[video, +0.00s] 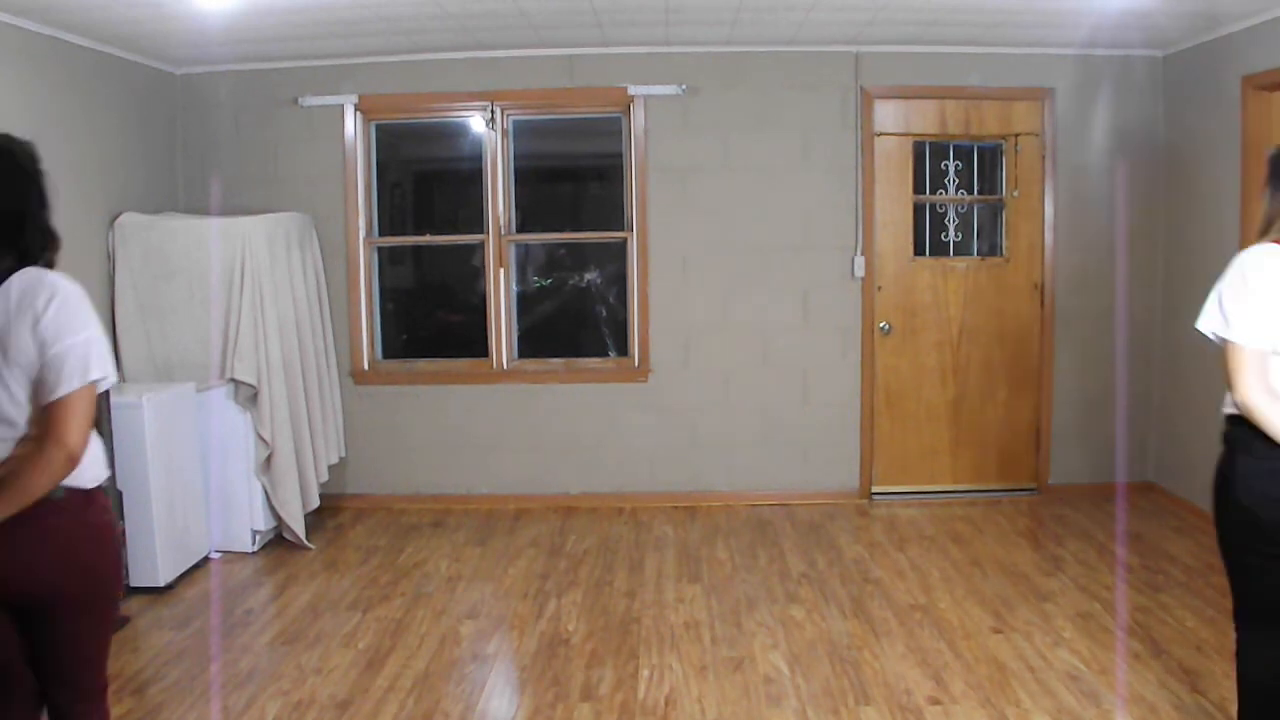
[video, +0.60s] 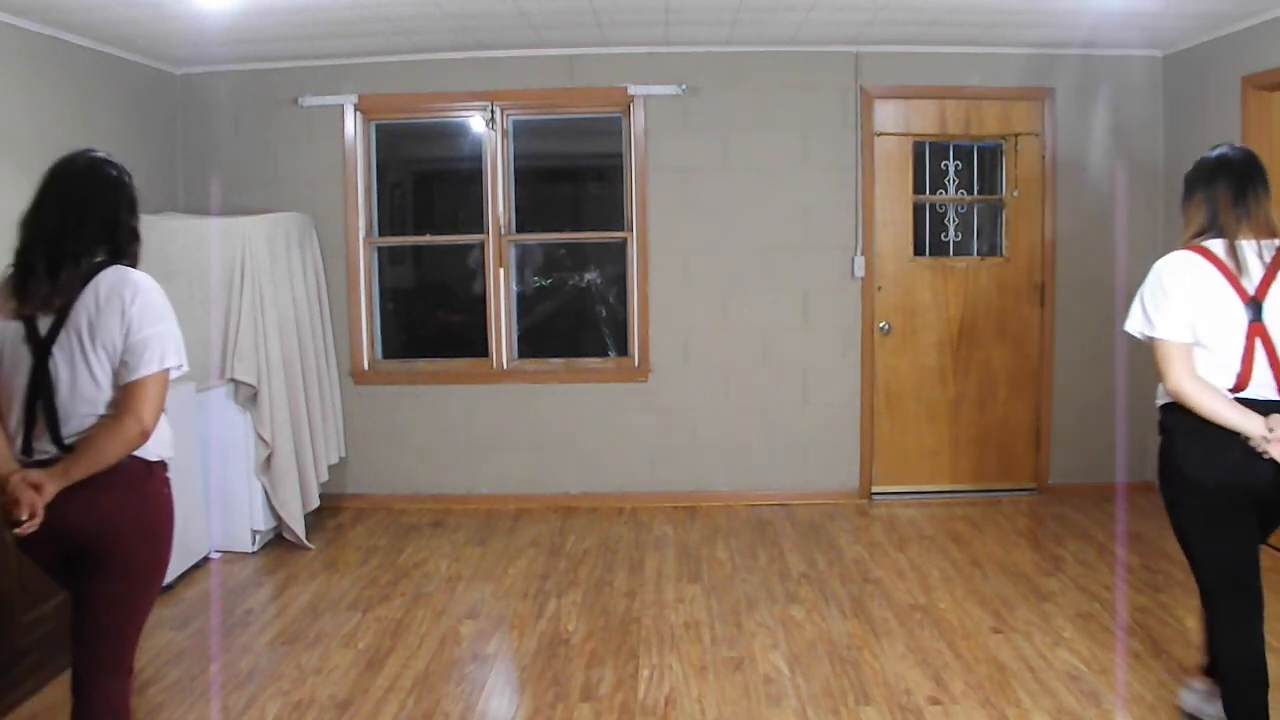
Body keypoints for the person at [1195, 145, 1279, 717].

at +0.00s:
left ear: (1269, 189)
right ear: (1276, 190)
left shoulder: (1256, 266)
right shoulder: (1256, 267)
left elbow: (1250, 389)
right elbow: (1251, 389)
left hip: (1255, 456)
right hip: (1258, 459)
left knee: (1261, 630)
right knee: (1262, 630)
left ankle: (1258, 706)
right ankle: (1257, 707)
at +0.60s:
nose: (1187, 209)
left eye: (1189, 199)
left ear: (1196, 200)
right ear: (1263, 197)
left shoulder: (1177, 270)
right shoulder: (1277, 259)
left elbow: (1179, 380)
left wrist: (1260, 428)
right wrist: (1267, 429)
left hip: (1205, 443)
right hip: (1272, 436)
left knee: (1232, 596)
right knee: (1230, 559)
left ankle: (1246, 708)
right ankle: (1215, 680)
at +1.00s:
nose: (1138, 216)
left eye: (1141, 206)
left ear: (1144, 209)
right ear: (1202, 209)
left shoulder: (1120, 268)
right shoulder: (1233, 274)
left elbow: (1107, 362)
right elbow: (1258, 364)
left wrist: (1169, 409)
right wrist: (1200, 408)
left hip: (1132, 423)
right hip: (1204, 423)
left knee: (1141, 553)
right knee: (1147, 539)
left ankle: (1201, 675)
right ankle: (1116, 639)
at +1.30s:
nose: (1103, 203)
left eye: (1106, 195)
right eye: (1105, 194)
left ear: (1113, 197)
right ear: (1165, 195)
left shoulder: (1093, 253)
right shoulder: (1198, 259)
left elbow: (1085, 344)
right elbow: (1218, 342)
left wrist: (1141, 391)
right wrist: (1165, 388)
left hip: (1100, 400)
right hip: (1169, 404)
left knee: (1063, 495)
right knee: (1133, 519)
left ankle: (1089, 597)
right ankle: (1118, 637)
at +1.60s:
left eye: (1082, 195)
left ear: (1079, 199)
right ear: (1132, 198)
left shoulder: (1061, 256)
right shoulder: (1164, 256)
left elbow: (1055, 339)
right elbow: (1187, 337)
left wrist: (1107, 382)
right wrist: (1132, 380)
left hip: (1075, 396)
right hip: (1144, 396)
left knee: (1049, 480)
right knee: (1124, 514)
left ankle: (1072, 581)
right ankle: (1116, 637)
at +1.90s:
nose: (1029, 222)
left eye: (1030, 214)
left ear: (1036, 216)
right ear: (1084, 213)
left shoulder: (1022, 268)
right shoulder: (1118, 268)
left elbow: (1018, 345)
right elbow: (1141, 342)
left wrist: (1071, 388)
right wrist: (1089, 382)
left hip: (1034, 398)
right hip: (1099, 402)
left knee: (1007, 482)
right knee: (1097, 518)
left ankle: (984, 564)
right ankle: (1111, 634)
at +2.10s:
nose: (980, 223)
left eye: (981, 215)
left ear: (985, 219)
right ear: (1031, 217)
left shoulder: (974, 270)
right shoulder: (1063, 267)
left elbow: (973, 342)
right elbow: (1085, 335)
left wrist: (1021, 383)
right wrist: (1043, 379)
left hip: (989, 389)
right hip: (1051, 389)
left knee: (968, 480)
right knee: (1053, 498)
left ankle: (952, 563)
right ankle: (1094, 595)